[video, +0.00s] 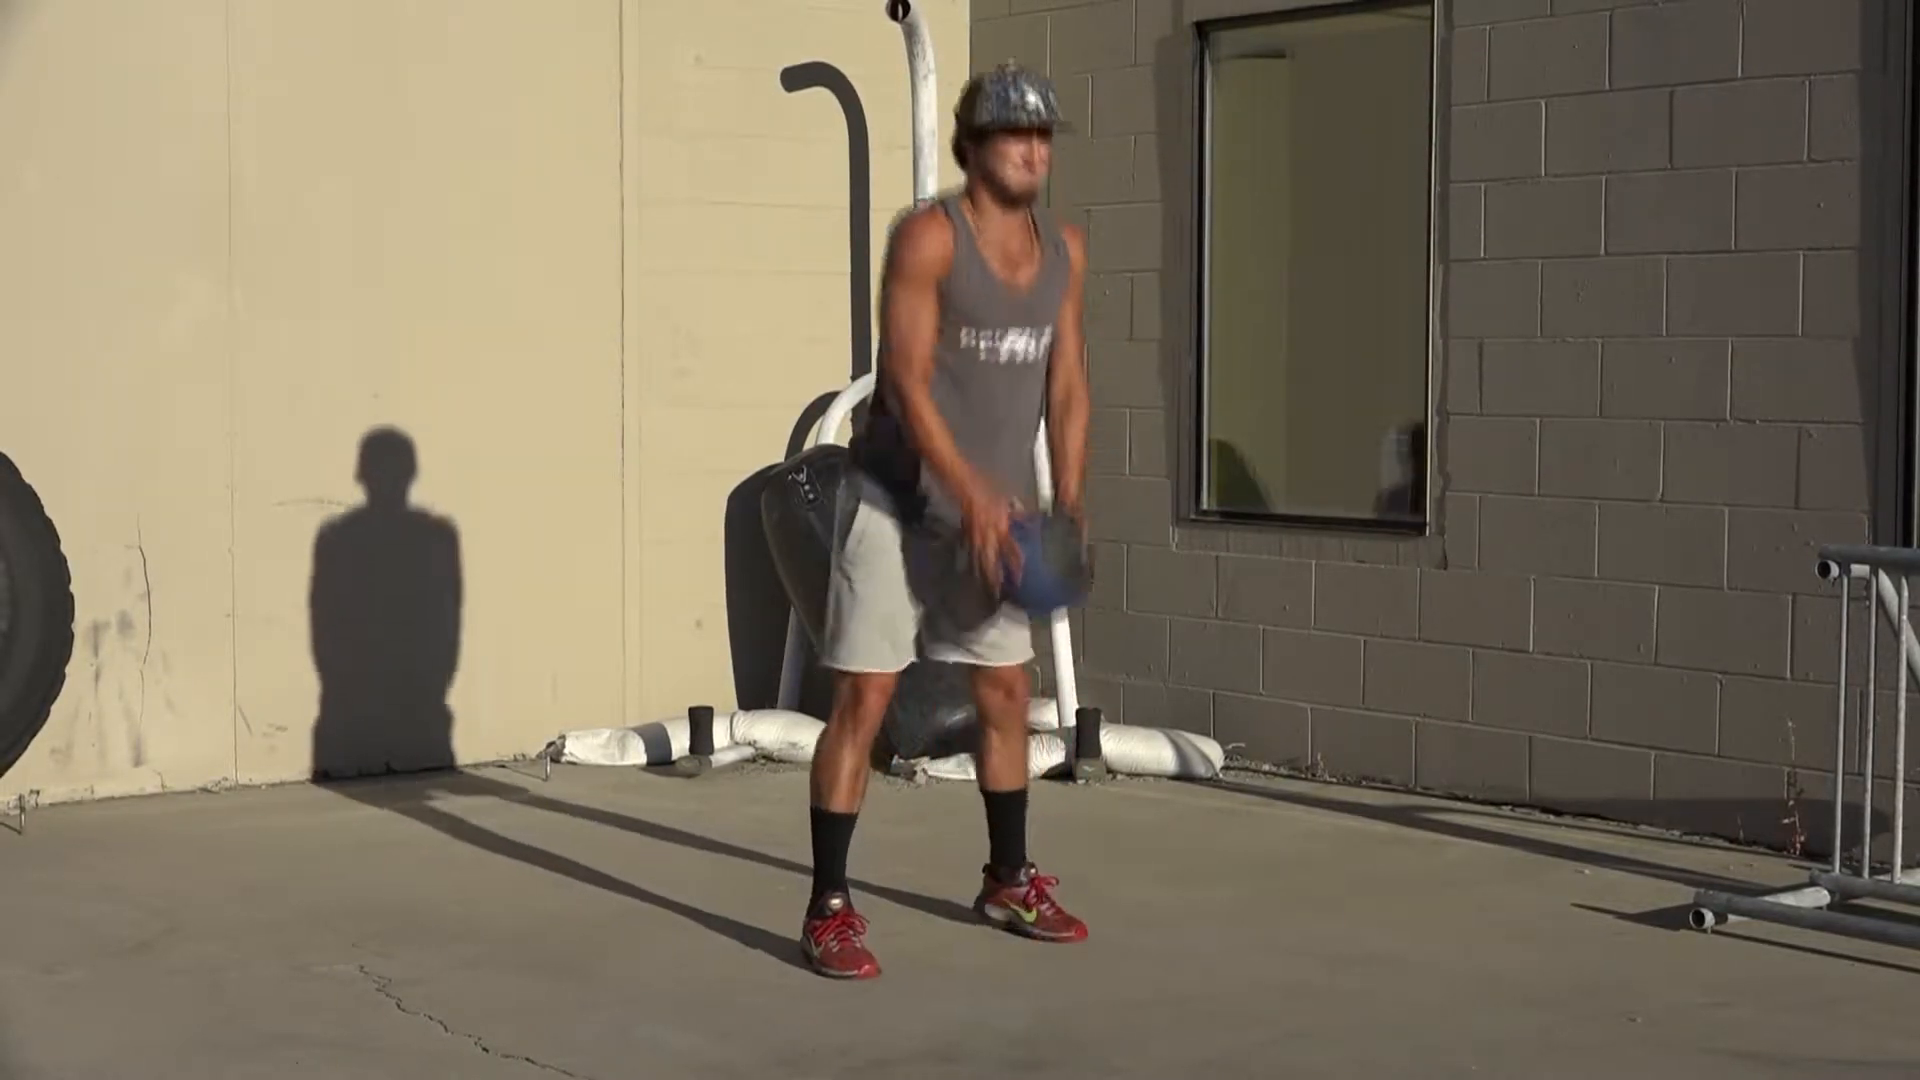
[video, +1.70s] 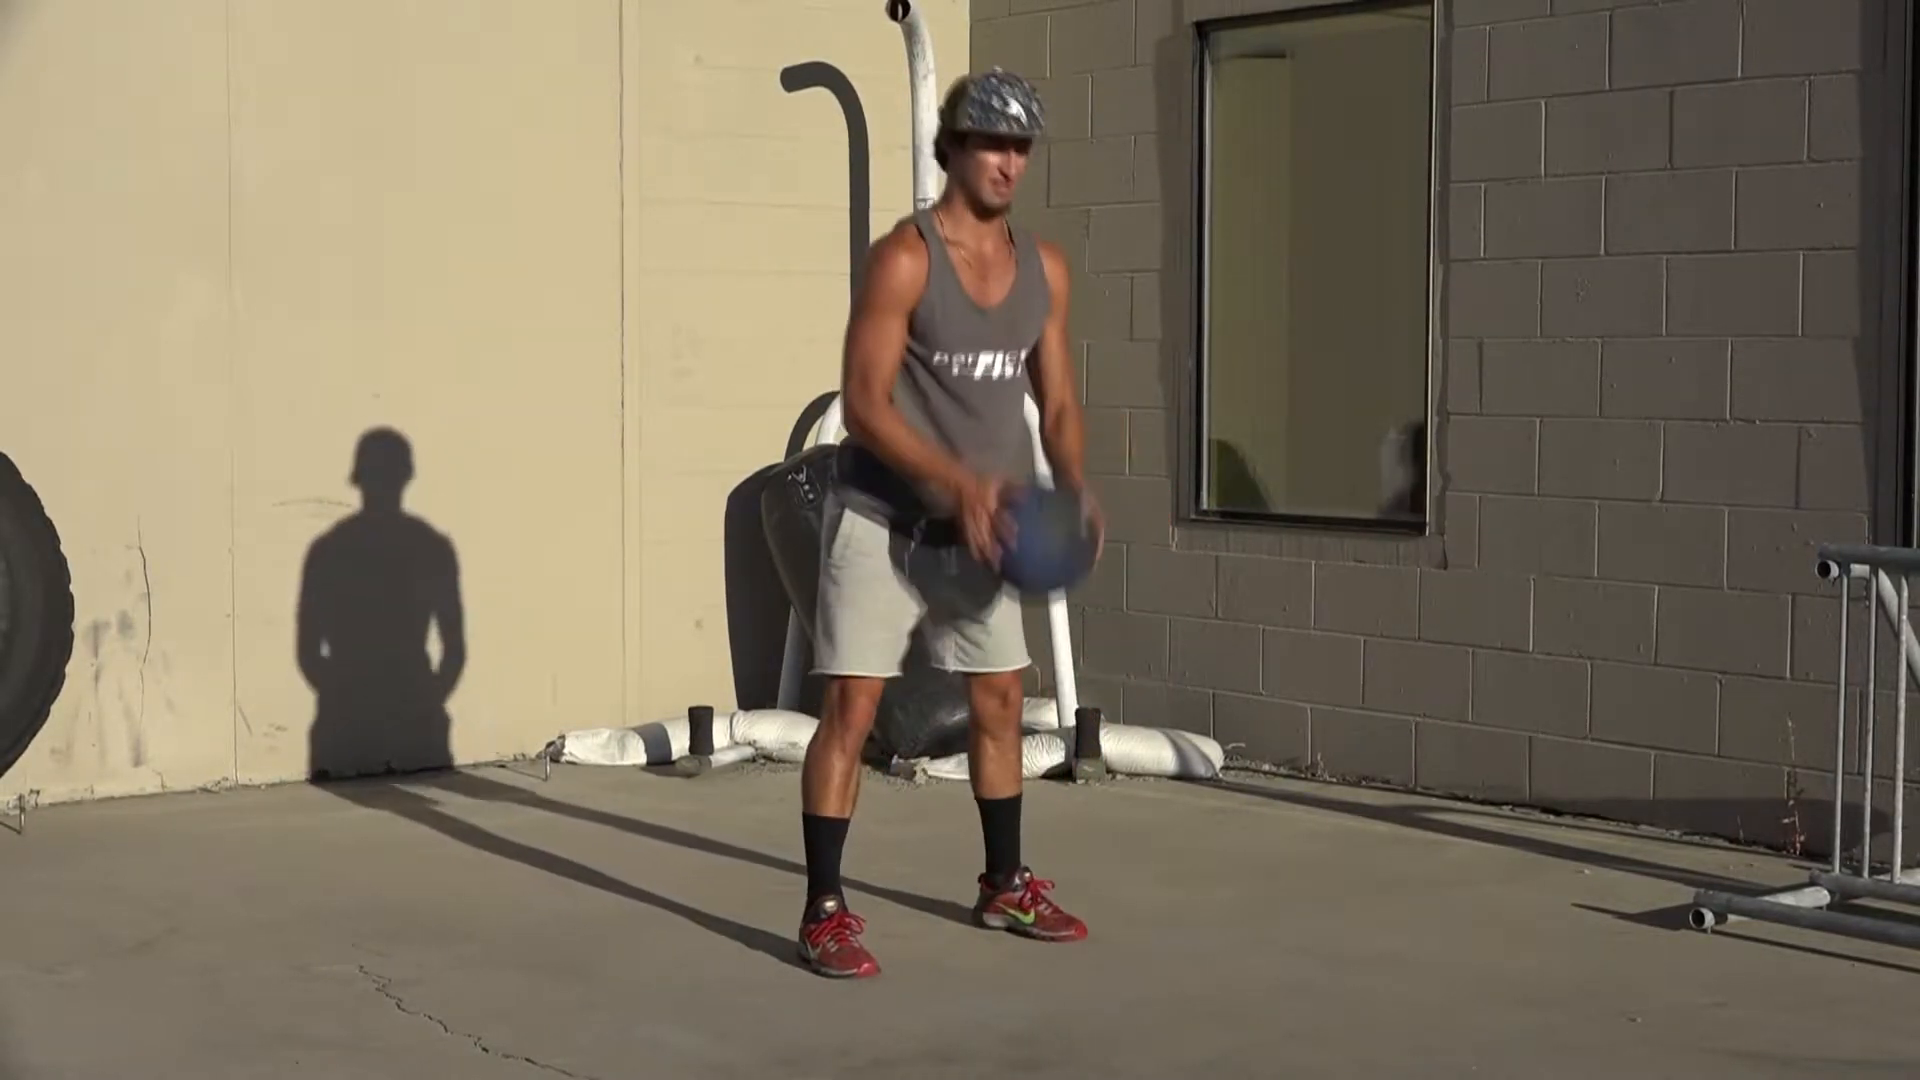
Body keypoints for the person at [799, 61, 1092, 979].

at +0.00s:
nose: (1029, 151)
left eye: (1040, 136)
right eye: (1010, 136)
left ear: (1051, 150)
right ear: (971, 147)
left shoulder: (1061, 247)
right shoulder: (927, 234)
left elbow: (1068, 383)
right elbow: (905, 383)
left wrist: (1068, 503)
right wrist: (970, 495)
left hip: (999, 503)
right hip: (901, 496)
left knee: (1006, 690)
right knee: (866, 696)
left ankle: (1010, 880)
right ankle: (829, 906)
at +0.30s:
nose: (1015, 185)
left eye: (1024, 171)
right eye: (995, 171)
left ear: (1038, 188)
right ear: (955, 187)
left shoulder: (1045, 292)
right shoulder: (910, 289)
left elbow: (1111, 438)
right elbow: (874, 435)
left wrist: (1097, 390)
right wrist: (995, 416)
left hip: (978, 546)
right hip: (876, 542)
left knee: (1043, 710)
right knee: (866, 724)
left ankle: (1010, 884)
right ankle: (826, 912)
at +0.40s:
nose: (1016, 285)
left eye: (1024, 270)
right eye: (997, 271)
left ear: (1036, 282)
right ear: (958, 283)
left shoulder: (1039, 386)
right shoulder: (913, 386)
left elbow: (1148, 527)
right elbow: (897, 527)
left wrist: (1120, 456)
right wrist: (1010, 473)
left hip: (966, 604)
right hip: (864, 597)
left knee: (1065, 721)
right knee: (866, 731)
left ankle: (1010, 884)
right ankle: (827, 912)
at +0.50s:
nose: (1015, 388)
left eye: (1023, 371)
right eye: (995, 374)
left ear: (1037, 386)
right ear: (958, 395)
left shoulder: (1041, 480)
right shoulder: (921, 491)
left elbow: (1164, 615)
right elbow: (924, 635)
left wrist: (1123, 544)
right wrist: (1019, 557)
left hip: (951, 656)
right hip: (846, 649)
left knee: (1071, 728)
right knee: (866, 736)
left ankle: (1008, 886)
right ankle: (827, 914)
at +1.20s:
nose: (1006, 269)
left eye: (1015, 253)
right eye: (987, 254)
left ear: (1025, 263)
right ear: (948, 264)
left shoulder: (1036, 360)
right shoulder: (911, 369)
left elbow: (1152, 492)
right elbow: (893, 515)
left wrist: (1099, 427)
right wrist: (991, 441)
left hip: (968, 580)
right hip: (868, 575)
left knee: (1055, 713)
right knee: (867, 723)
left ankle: (1008, 885)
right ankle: (825, 912)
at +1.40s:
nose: (998, 156)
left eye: (1007, 142)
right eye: (979, 141)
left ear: (1020, 157)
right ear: (940, 157)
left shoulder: (1042, 272)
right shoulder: (905, 267)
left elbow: (1101, 418)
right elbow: (861, 415)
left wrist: (1072, 361)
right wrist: (965, 377)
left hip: (980, 527)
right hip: (881, 524)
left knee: (1010, 697)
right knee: (859, 709)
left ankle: (1005, 885)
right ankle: (824, 912)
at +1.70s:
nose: (1006, 163)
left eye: (1019, 149)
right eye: (988, 145)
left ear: (1031, 160)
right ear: (951, 150)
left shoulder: (1044, 266)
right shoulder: (903, 259)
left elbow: (1058, 403)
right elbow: (864, 406)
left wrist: (1075, 489)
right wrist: (957, 483)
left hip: (985, 516)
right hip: (883, 513)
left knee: (1001, 698)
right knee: (853, 705)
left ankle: (1005, 885)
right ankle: (823, 911)